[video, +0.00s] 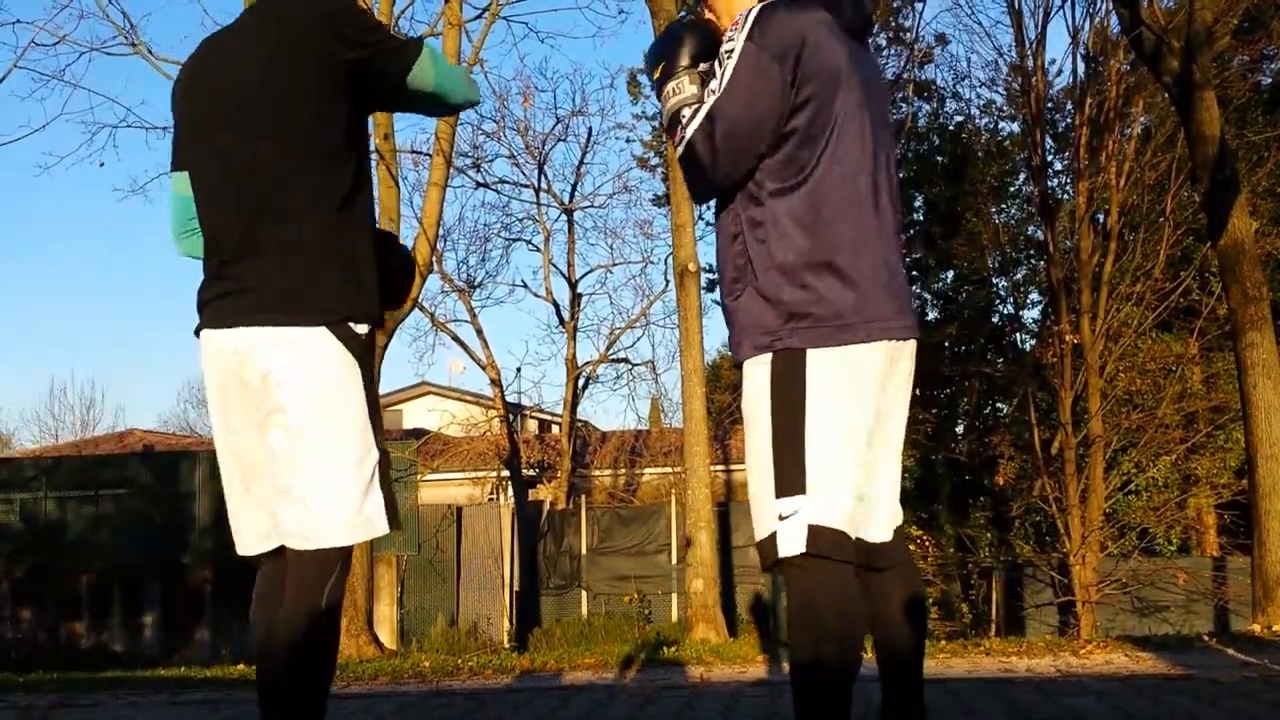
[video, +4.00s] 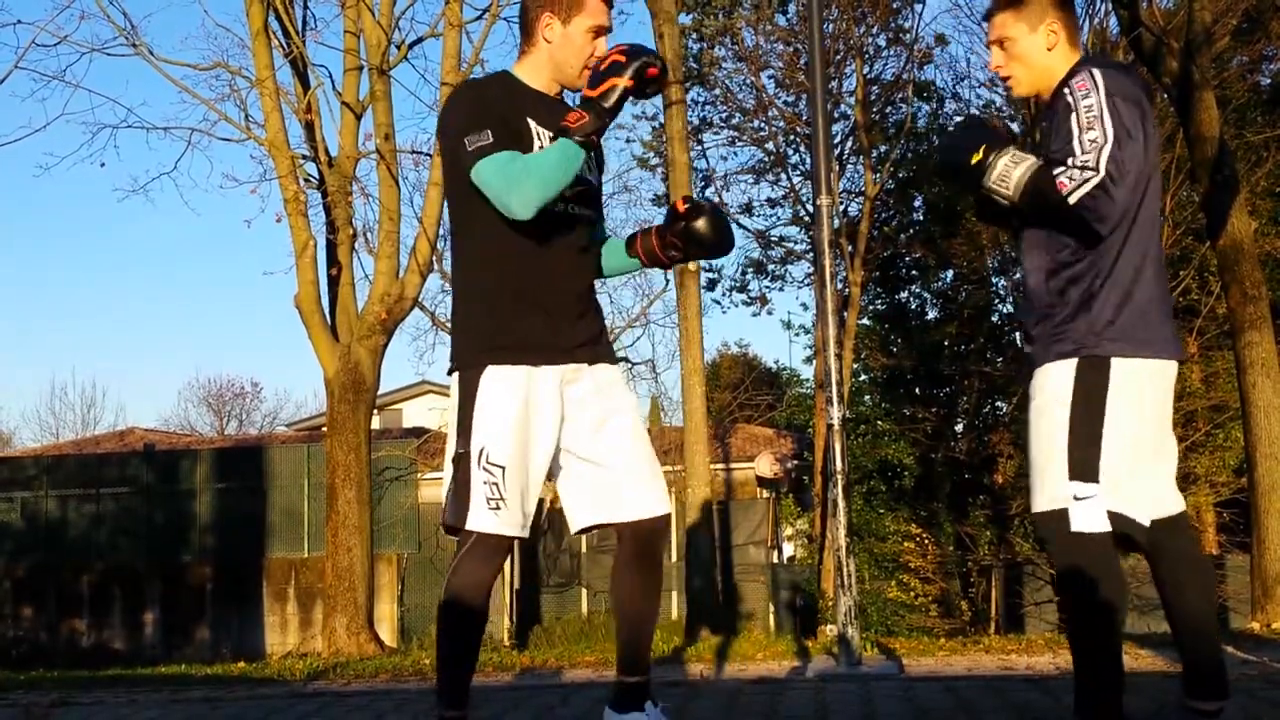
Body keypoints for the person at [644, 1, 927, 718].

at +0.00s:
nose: (705, 14)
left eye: (706, 6)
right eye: (703, 10)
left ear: (728, 0)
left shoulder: (776, 31)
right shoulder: (848, 40)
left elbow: (710, 162)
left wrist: (679, 82)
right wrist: (724, 67)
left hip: (807, 322)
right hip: (878, 314)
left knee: (806, 540)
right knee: (875, 533)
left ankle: (821, 718)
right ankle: (906, 713)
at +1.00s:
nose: (702, 53)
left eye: (705, 34)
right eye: (699, 39)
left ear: (746, 17)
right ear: (756, 18)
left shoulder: (786, 72)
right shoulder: (826, 75)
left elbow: (754, 195)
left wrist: (694, 148)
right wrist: (713, 139)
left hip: (806, 335)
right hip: (858, 328)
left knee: (801, 538)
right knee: (854, 537)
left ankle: (818, 716)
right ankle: (894, 709)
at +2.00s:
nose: (910, 39)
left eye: (924, 22)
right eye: (897, 28)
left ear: (960, 17)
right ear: (888, 33)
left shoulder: (990, 77)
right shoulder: (923, 112)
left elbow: (991, 185)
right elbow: (893, 225)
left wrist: (884, 157)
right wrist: (838, 173)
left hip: (971, 334)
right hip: (932, 338)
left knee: (944, 518)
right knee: (965, 524)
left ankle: (1088, 695)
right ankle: (988, 707)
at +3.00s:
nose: (962, 60)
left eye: (970, 41)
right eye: (960, 45)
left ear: (1021, 32)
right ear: (1019, 37)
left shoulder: (1065, 83)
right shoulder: (1040, 101)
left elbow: (1033, 192)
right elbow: (993, 201)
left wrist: (962, 133)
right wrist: (930, 158)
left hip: (1054, 332)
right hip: (1083, 331)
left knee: (1026, 514)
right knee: (1092, 511)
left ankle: (1095, 705)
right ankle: (1128, 698)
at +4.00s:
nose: (993, 61)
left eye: (1002, 44)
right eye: (990, 47)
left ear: (1050, 37)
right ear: (1046, 40)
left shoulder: (1091, 87)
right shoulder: (1070, 105)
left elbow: (1093, 201)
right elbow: (1051, 208)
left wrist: (995, 161)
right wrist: (988, 163)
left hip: (1092, 340)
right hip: (1127, 337)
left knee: (1070, 525)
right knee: (1154, 511)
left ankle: (1098, 709)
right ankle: (1208, 697)